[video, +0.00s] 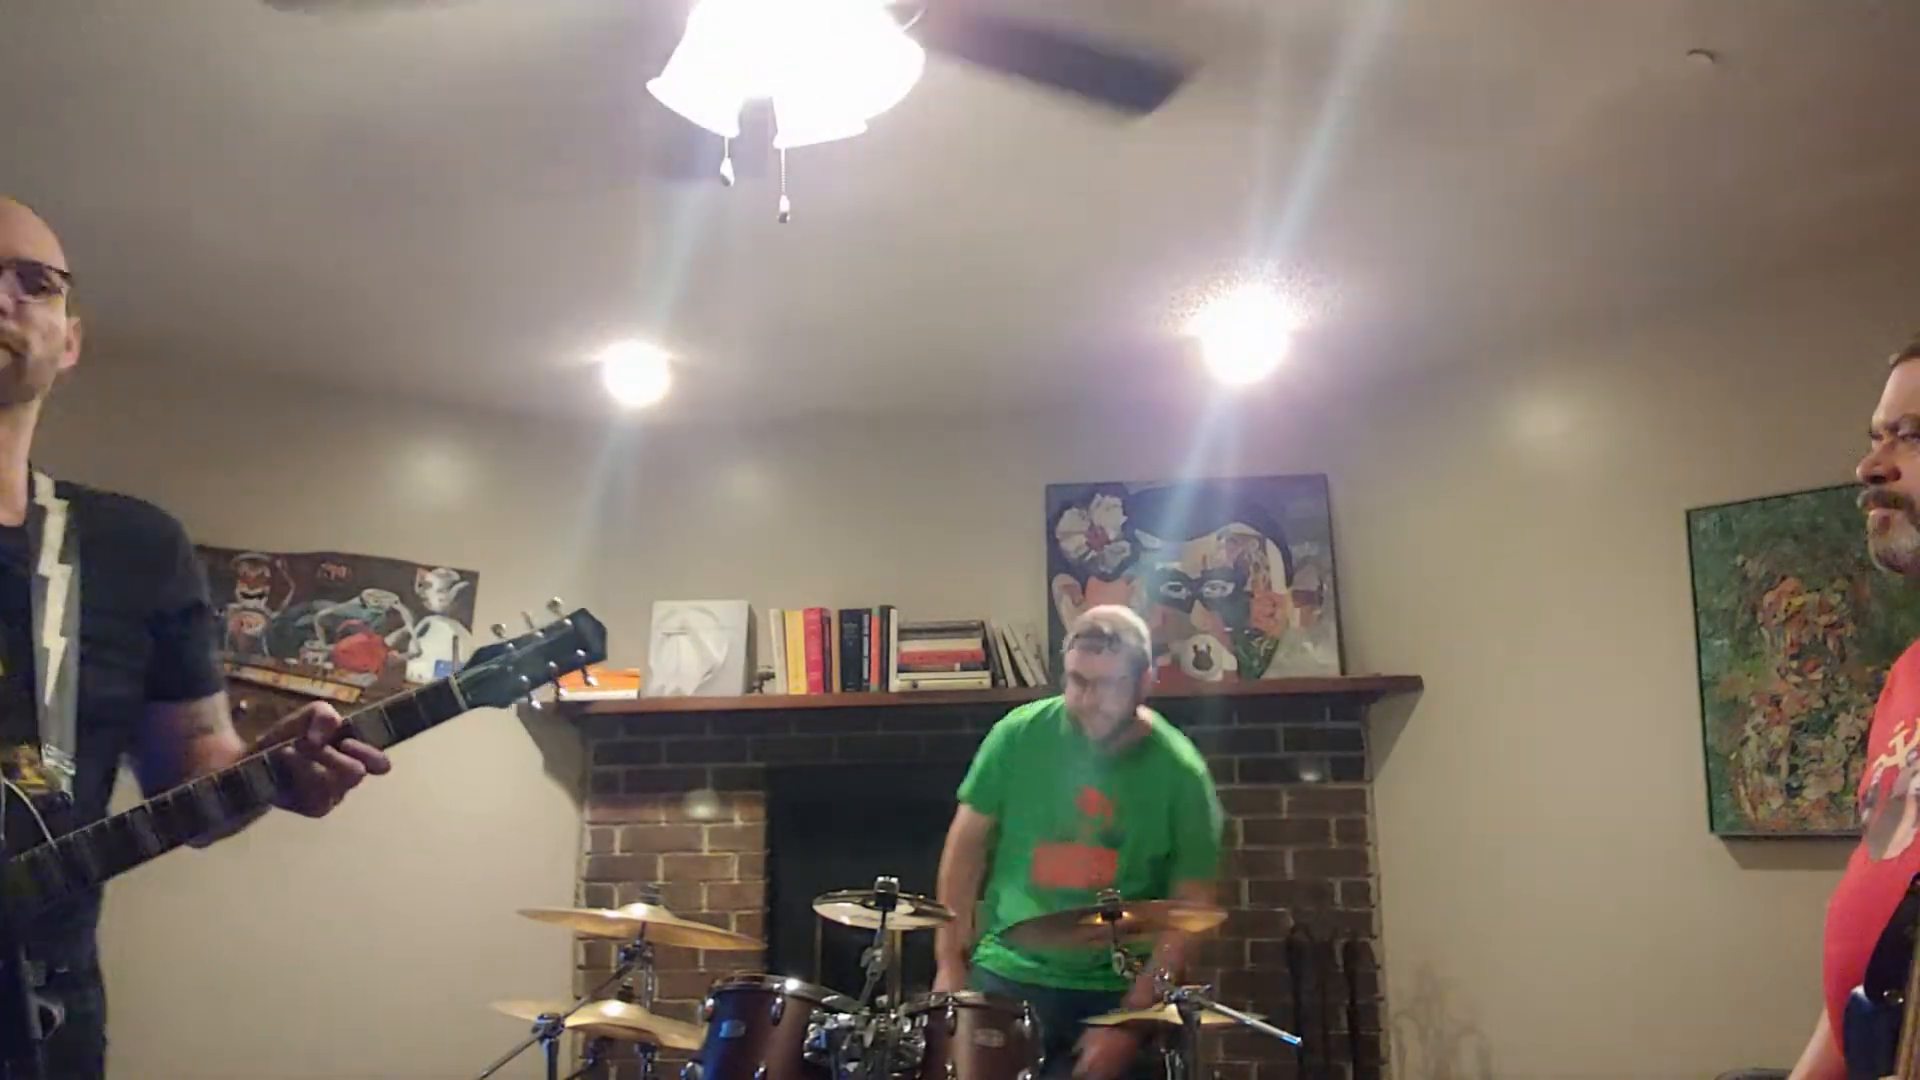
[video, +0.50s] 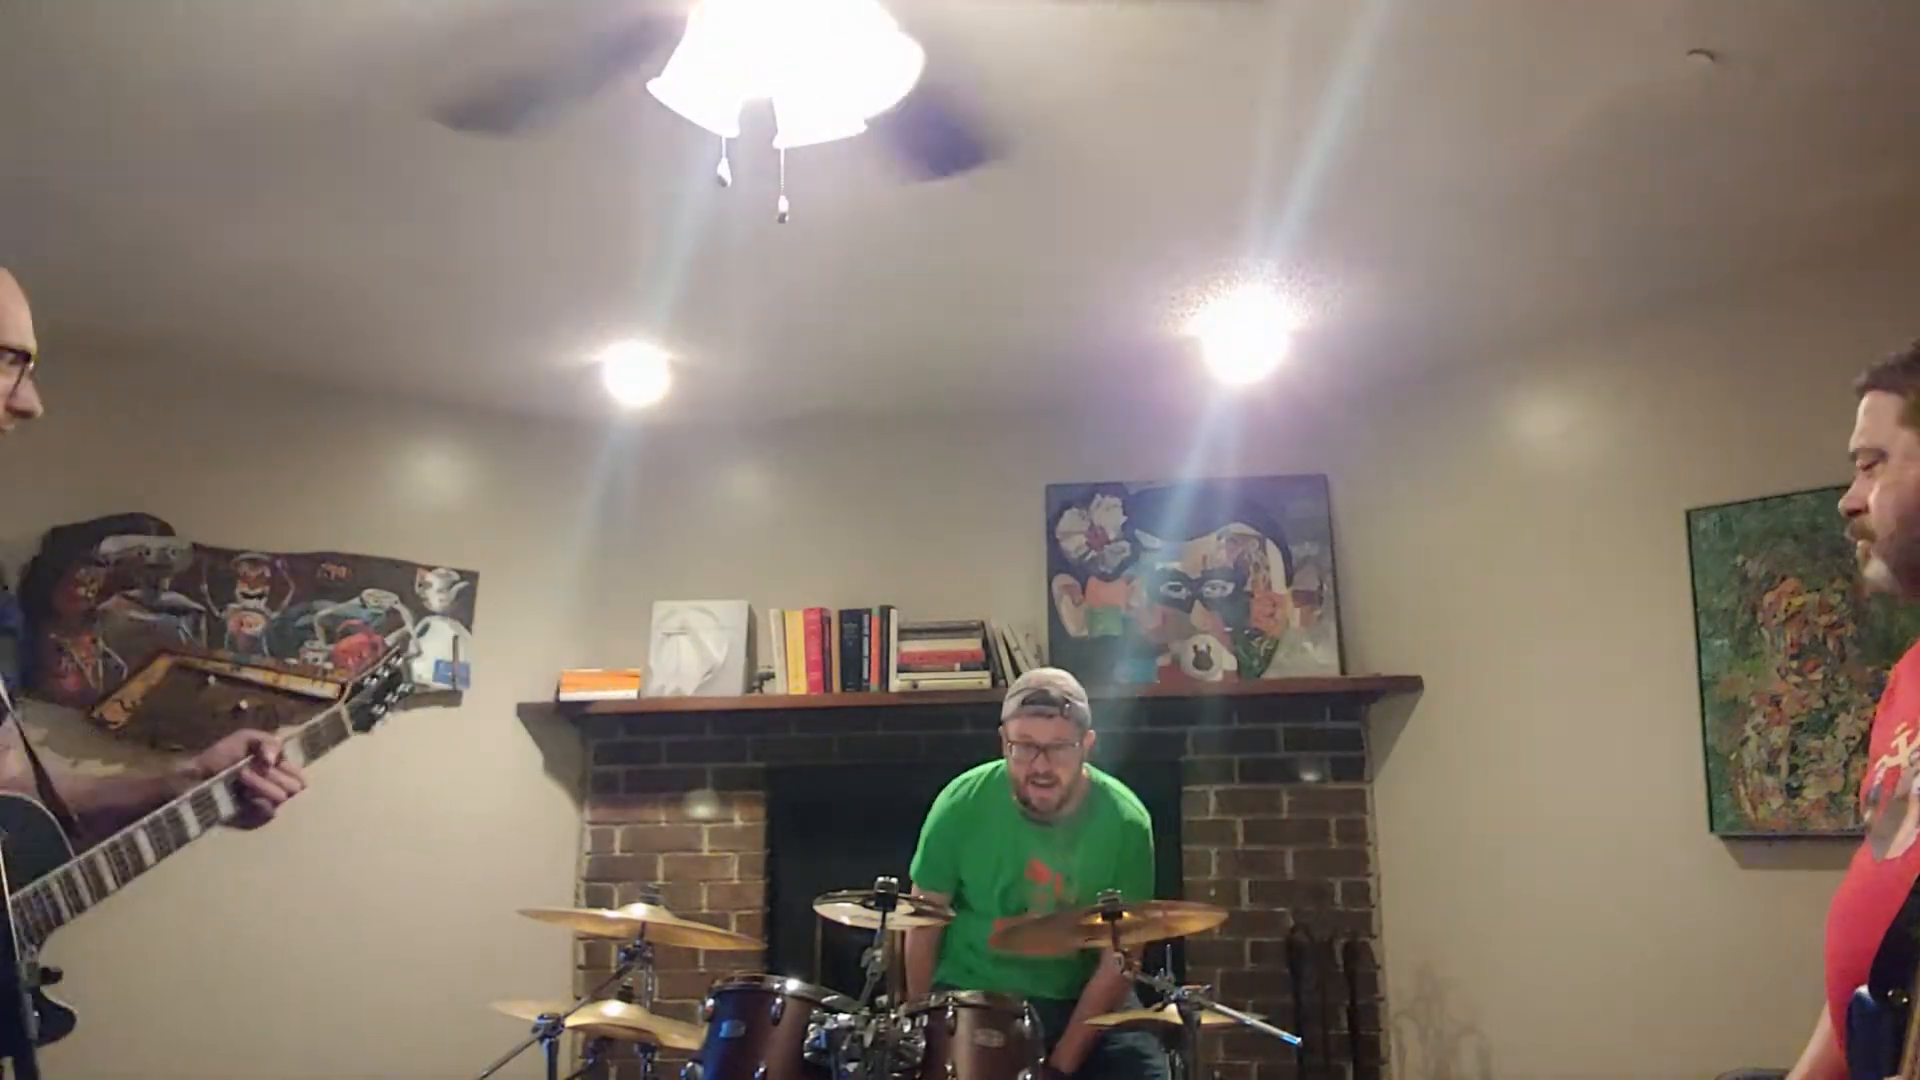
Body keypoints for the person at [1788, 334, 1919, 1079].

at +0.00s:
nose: (1869, 465)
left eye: (1905, 435)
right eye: (1875, 438)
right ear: (1874, 450)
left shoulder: (1908, 674)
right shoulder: (1905, 677)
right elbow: (1877, 910)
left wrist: (1820, 1061)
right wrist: (1814, 1065)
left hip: (1902, 1051)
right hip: (1863, 1047)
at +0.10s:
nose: (1869, 466)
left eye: (1906, 436)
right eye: (1874, 440)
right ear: (1873, 451)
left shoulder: (1908, 674)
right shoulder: (1905, 677)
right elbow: (1878, 901)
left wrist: (1820, 1062)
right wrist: (1813, 1066)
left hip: (1902, 1051)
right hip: (1864, 1048)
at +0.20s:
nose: (1868, 470)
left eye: (1903, 438)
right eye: (1872, 443)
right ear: (1871, 454)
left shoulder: (1907, 674)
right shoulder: (1905, 677)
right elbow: (1877, 912)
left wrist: (1816, 1063)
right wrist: (1811, 1067)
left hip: (1901, 1053)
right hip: (1862, 1049)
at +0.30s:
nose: (1861, 475)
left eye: (1896, 443)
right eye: (1866, 449)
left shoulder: (1908, 674)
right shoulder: (1906, 675)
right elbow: (1877, 917)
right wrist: (1810, 1068)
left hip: (1901, 1055)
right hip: (1861, 1050)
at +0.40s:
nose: (1854, 487)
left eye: (1888, 452)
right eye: (1864, 457)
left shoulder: (1907, 675)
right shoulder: (1905, 676)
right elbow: (1878, 909)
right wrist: (1809, 1069)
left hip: (1900, 1056)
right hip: (1862, 1051)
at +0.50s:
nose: (1849, 500)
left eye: (1874, 464)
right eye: (1855, 470)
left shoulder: (1910, 674)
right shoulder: (1908, 674)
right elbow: (1879, 906)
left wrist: (1816, 1065)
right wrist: (1811, 1068)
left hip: (1900, 1055)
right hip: (1860, 1049)